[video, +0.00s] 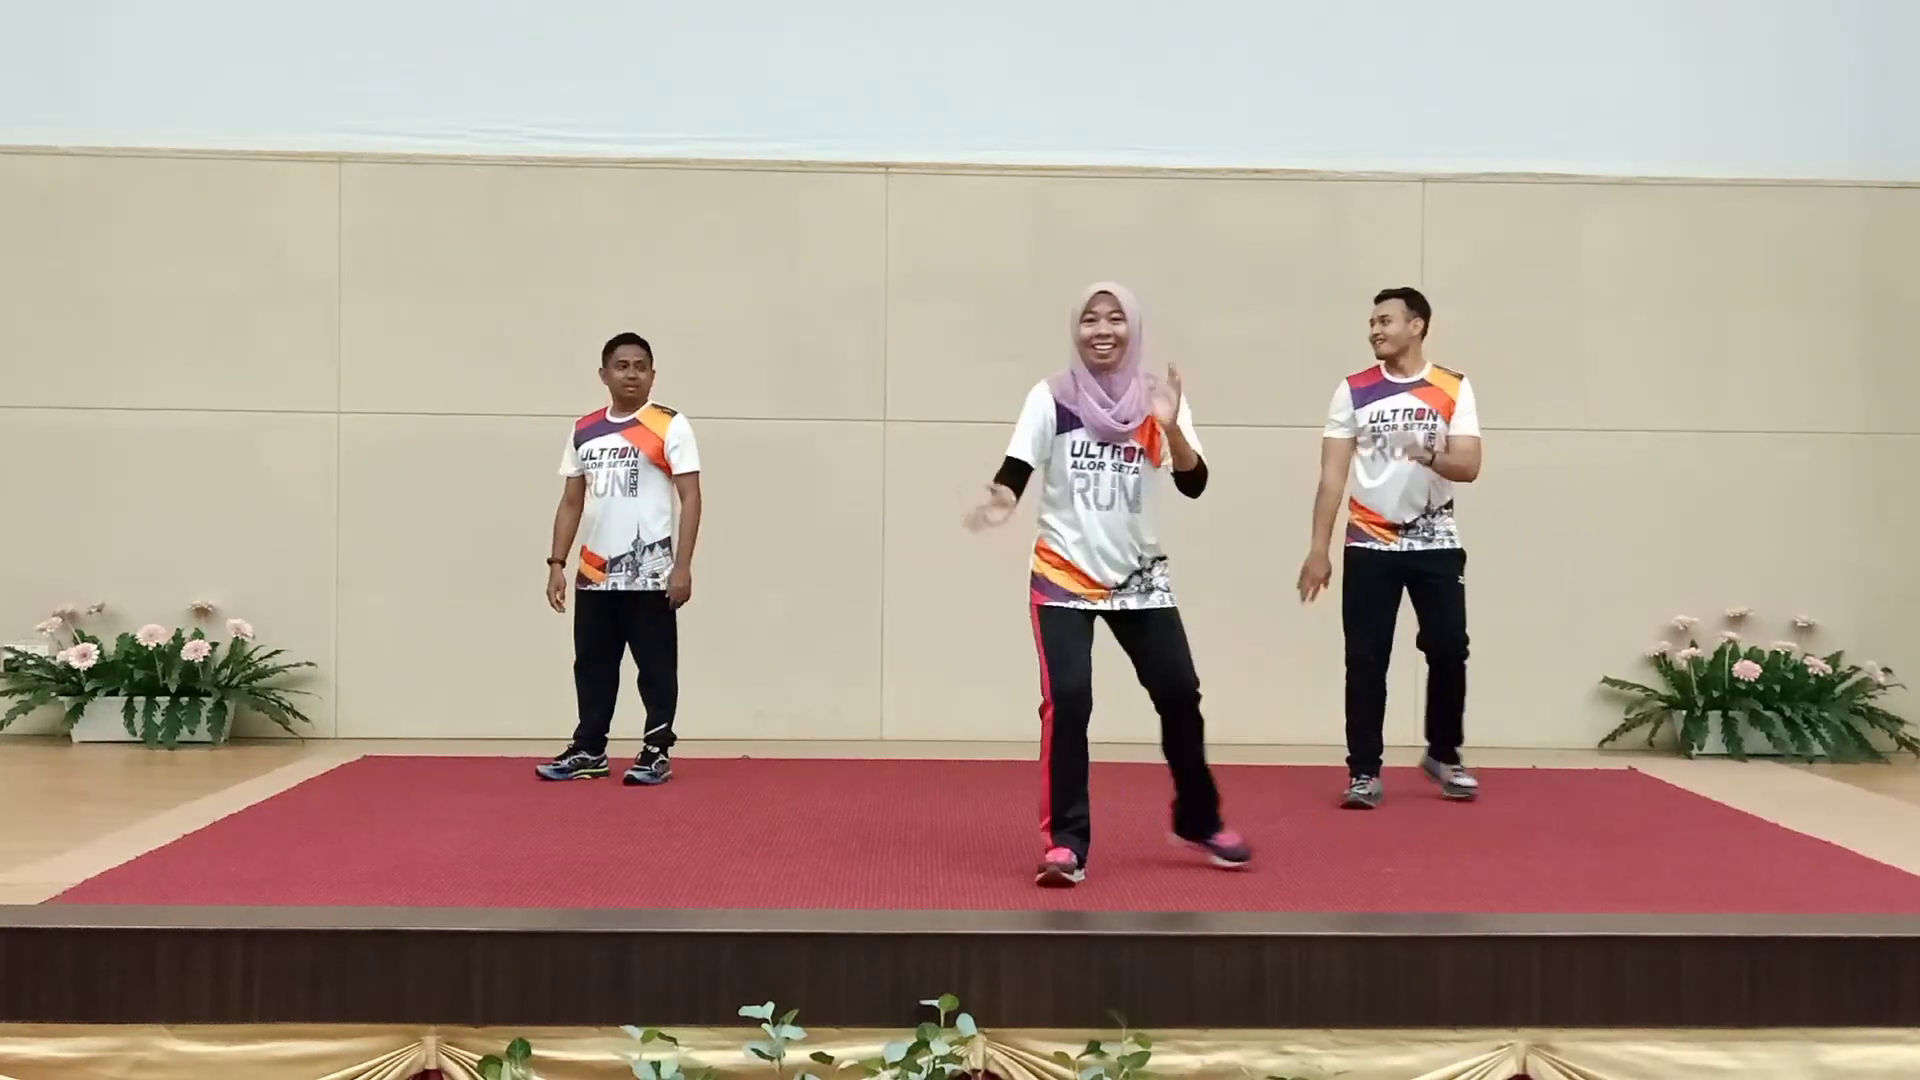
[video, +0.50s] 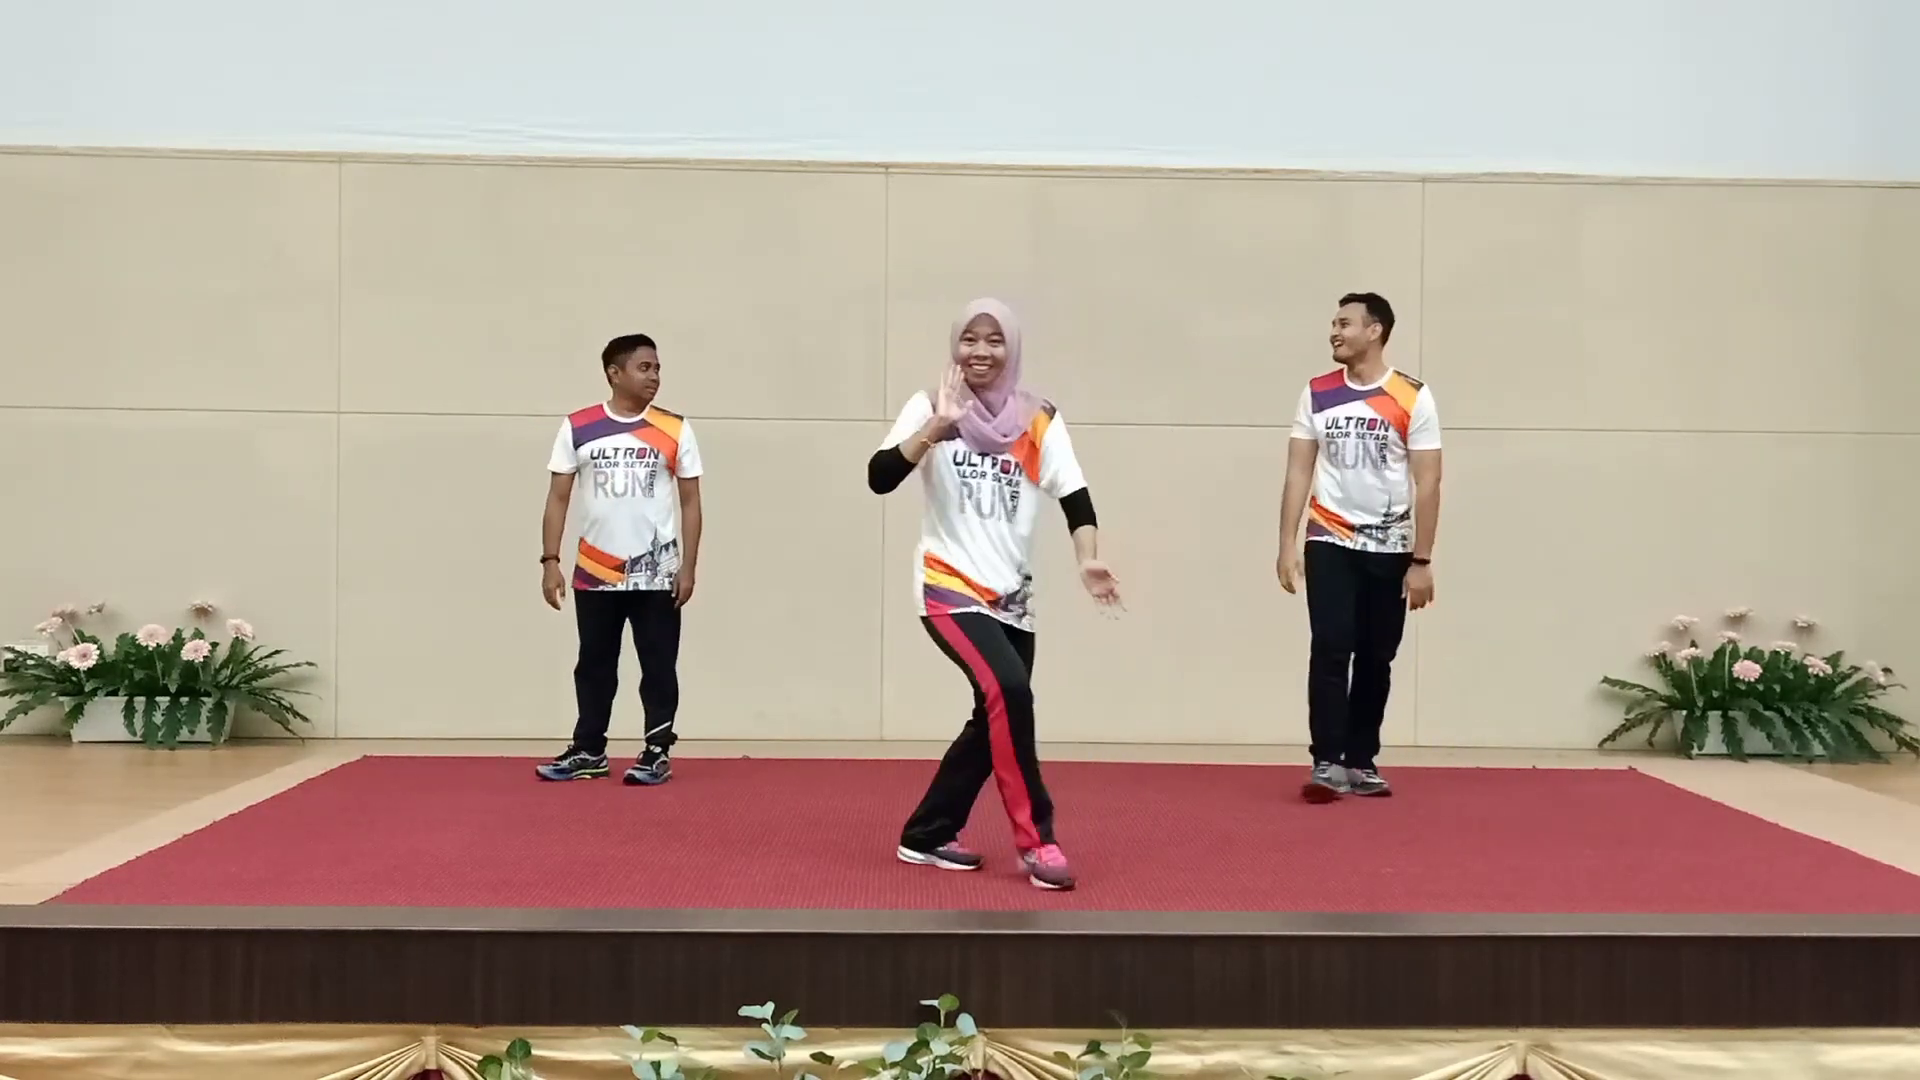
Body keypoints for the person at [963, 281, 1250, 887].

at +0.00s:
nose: (1102, 328)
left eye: (1114, 319)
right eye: (1091, 319)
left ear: (1133, 331)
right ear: (1076, 332)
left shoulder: (1158, 400)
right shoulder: (1052, 397)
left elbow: (1194, 486)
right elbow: (1017, 468)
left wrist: (1171, 429)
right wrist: (1002, 497)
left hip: (1138, 575)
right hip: (1064, 574)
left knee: (1180, 693)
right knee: (1068, 701)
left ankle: (1198, 822)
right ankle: (1065, 844)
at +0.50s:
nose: (980, 350)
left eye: (992, 340)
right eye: (970, 340)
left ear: (1012, 350)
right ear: (956, 348)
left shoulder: (1039, 419)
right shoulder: (930, 408)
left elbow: (1073, 493)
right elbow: (879, 478)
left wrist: (1088, 558)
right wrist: (934, 427)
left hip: (1011, 597)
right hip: (948, 588)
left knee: (995, 719)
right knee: (1008, 689)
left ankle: (924, 836)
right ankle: (1036, 842)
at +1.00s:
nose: (837, 330)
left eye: (847, 321)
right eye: (824, 321)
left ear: (861, 333)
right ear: (806, 332)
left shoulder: (871, 396)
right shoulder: (794, 394)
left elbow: (930, 439)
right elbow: (773, 479)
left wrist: (949, 392)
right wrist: (799, 520)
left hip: (868, 584)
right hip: (803, 586)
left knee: (915, 688)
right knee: (790, 704)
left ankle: (926, 831)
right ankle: (727, 833)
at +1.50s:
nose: (766, 361)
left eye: (771, 351)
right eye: (756, 350)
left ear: (770, 357)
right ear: (721, 352)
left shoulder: (757, 421)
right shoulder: (700, 424)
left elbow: (814, 483)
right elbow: (697, 521)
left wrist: (803, 418)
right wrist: (735, 593)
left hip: (809, 583)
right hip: (755, 590)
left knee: (890, 671)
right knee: (776, 709)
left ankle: (929, 821)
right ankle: (725, 838)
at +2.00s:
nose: (766, 321)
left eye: (777, 308)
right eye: (760, 312)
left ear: (813, 312)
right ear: (757, 322)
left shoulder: (861, 388)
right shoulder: (746, 389)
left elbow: (919, 449)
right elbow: (714, 475)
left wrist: (974, 448)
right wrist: (737, 465)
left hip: (849, 570)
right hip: (772, 572)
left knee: (895, 688)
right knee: (755, 702)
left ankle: (928, 829)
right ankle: (725, 834)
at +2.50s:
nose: (870, 329)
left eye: (879, 318)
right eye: (872, 318)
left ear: (910, 321)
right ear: (899, 322)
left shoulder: (967, 394)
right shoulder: (871, 387)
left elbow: (986, 489)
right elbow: (865, 480)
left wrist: (976, 575)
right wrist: (837, 452)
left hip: (944, 575)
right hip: (872, 570)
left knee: (931, 704)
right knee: (837, 682)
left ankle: (931, 843)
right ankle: (850, 822)